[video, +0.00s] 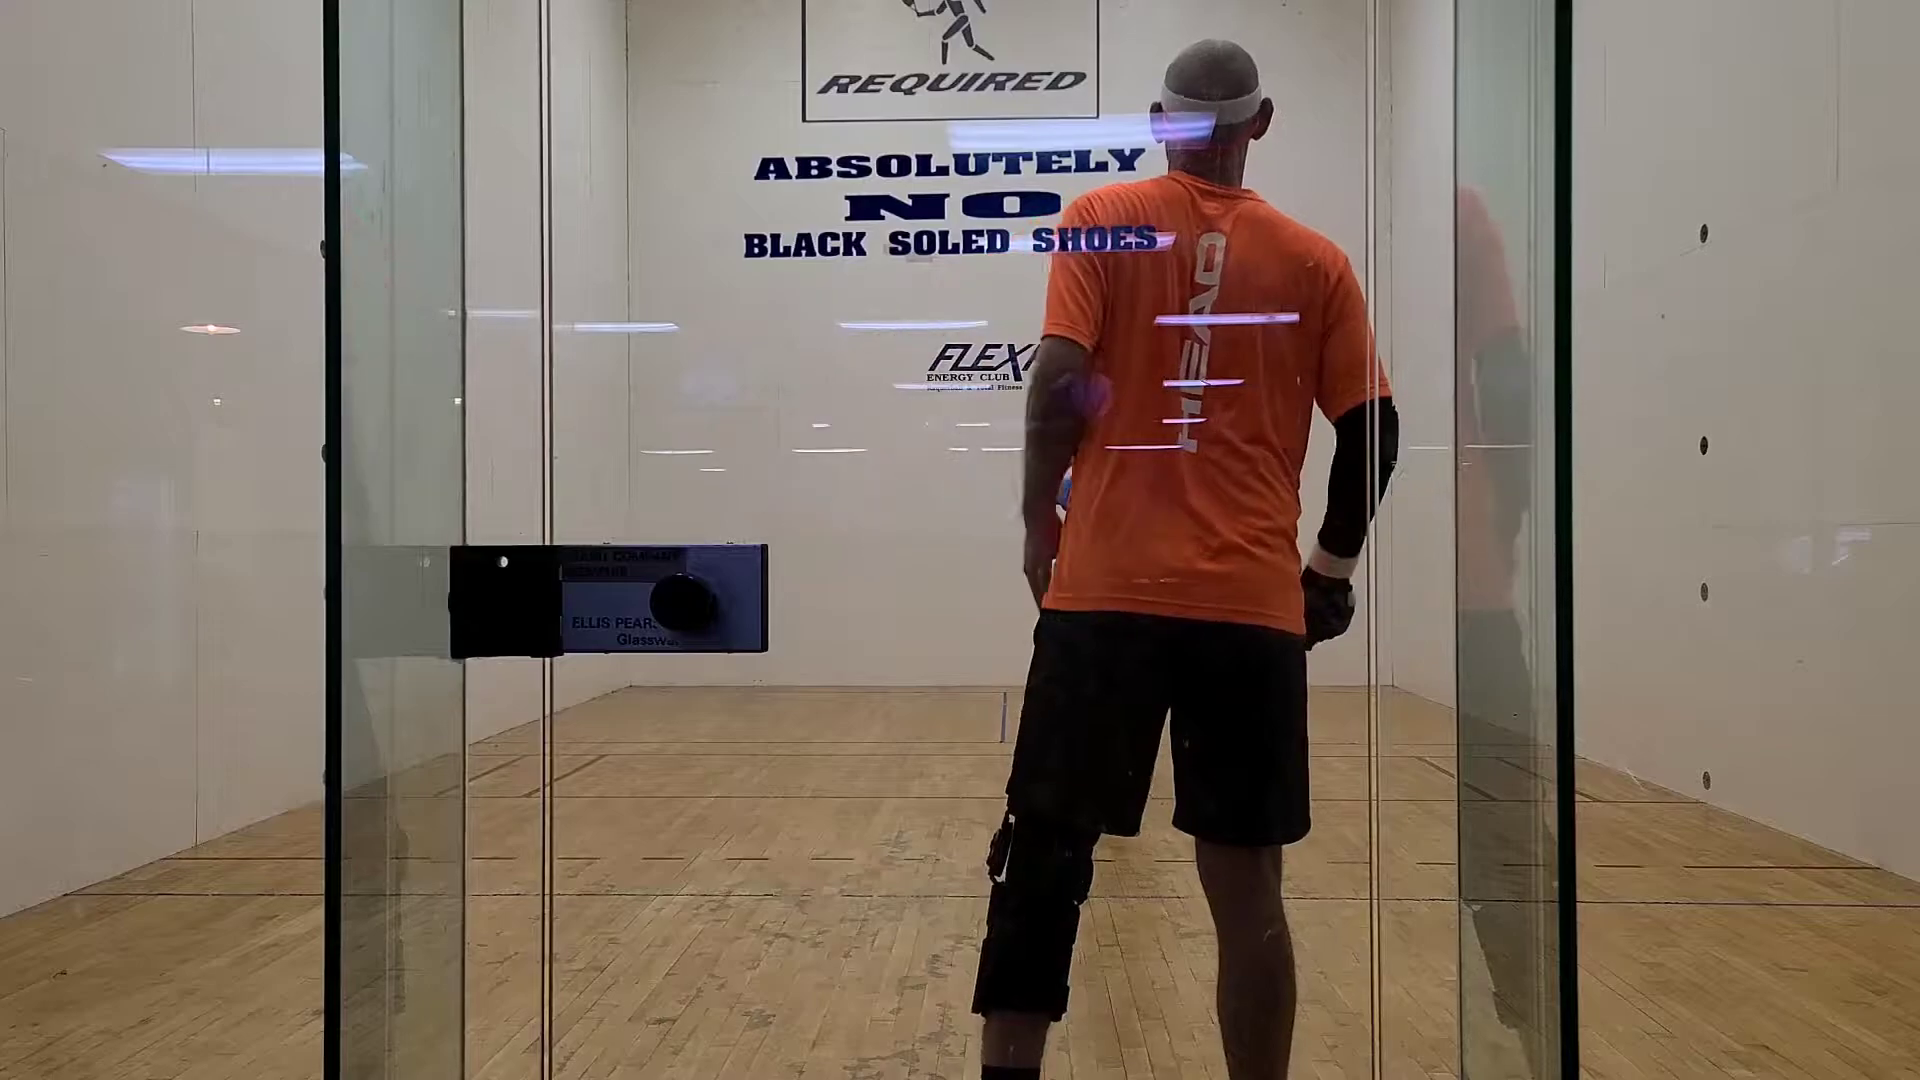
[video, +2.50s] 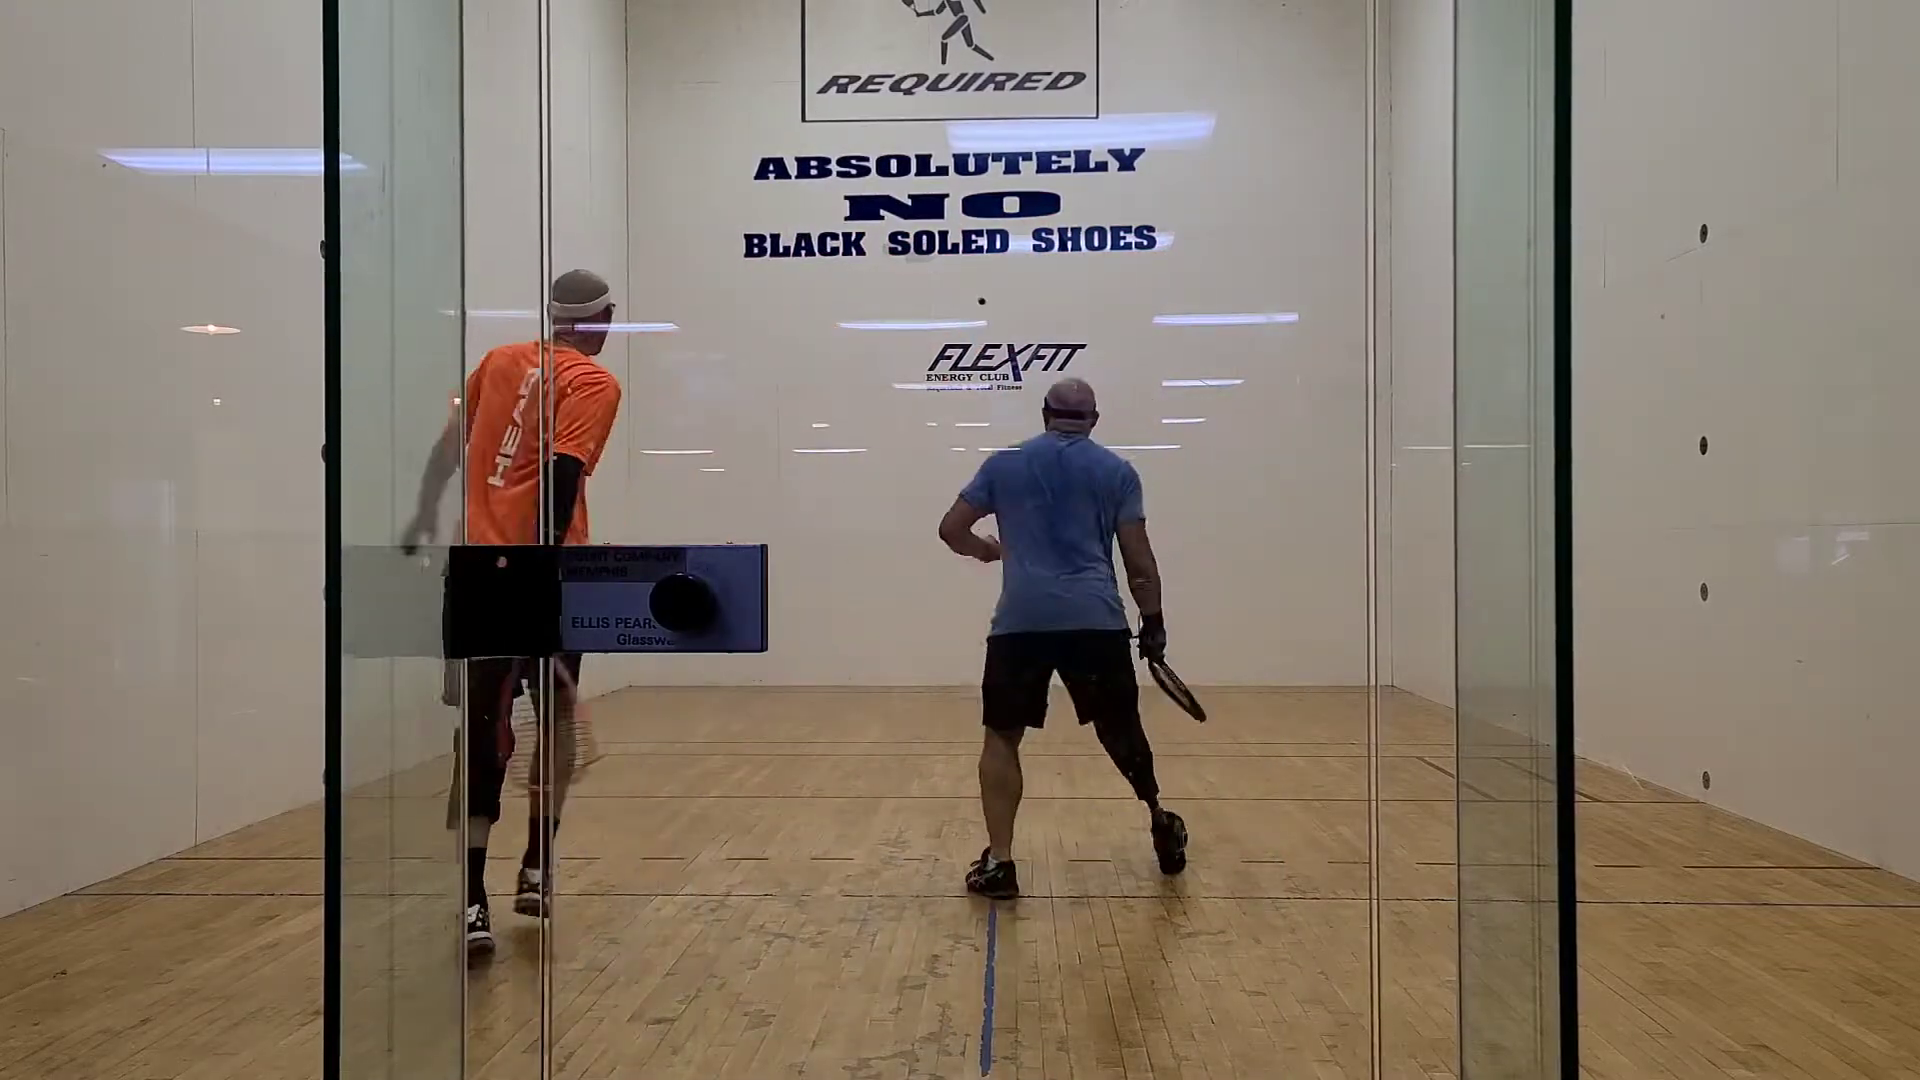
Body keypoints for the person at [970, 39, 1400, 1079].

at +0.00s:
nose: (1206, 145)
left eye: (1192, 125)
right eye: (1228, 125)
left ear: (1157, 120)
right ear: (1259, 125)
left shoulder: (1098, 221)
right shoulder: (1314, 260)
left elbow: (1059, 381)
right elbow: (1369, 429)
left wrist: (1038, 523)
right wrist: (1333, 560)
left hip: (1103, 598)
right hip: (1250, 608)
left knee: (1040, 859)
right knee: (1247, 891)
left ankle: (1007, 1070)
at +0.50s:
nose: (1029, 138)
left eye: (1033, 122)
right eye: (1040, 120)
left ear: (1039, 127)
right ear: (1134, 141)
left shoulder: (990, 232)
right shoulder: (1194, 270)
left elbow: (959, 382)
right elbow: (1253, 438)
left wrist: (914, 527)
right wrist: (1195, 567)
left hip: (1022, 615)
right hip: (1162, 624)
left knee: (976, 886)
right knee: (1192, 889)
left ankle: (992, 1077)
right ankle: (1240, 1076)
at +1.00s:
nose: (826, 186)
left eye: (824, 170)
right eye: (837, 168)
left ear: (819, 179)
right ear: (908, 180)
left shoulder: (807, 279)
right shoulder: (982, 293)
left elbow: (745, 444)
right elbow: (1057, 433)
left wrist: (683, 574)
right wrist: (1016, 556)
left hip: (913, 619)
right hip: (1017, 610)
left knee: (916, 882)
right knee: (952, 841)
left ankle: (972, 1067)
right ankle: (1009, 1049)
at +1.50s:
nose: (670, 277)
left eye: (674, 265)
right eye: (675, 264)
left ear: (678, 264)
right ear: (743, 265)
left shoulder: (704, 310)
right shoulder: (758, 336)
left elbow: (702, 398)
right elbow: (738, 493)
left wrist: (595, 508)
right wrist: (620, 485)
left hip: (775, 608)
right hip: (843, 604)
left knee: (683, 797)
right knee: (771, 797)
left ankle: (718, 1032)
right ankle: (892, 981)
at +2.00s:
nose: (644, 304)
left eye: (645, 292)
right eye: (645, 292)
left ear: (612, 285)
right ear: (671, 298)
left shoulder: (564, 327)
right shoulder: (693, 362)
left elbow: (523, 384)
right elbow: (767, 425)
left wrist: (488, 468)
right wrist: (840, 461)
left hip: (574, 576)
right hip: (662, 580)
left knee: (564, 750)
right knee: (650, 742)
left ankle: (633, 902)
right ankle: (683, 920)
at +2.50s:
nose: (606, 334)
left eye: (603, 322)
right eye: (606, 324)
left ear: (551, 315)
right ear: (599, 323)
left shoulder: (497, 362)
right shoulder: (595, 385)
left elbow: (447, 449)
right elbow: (561, 475)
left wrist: (422, 517)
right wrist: (551, 568)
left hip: (475, 568)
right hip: (544, 575)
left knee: (483, 730)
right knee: (560, 725)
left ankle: (473, 900)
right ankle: (537, 869)